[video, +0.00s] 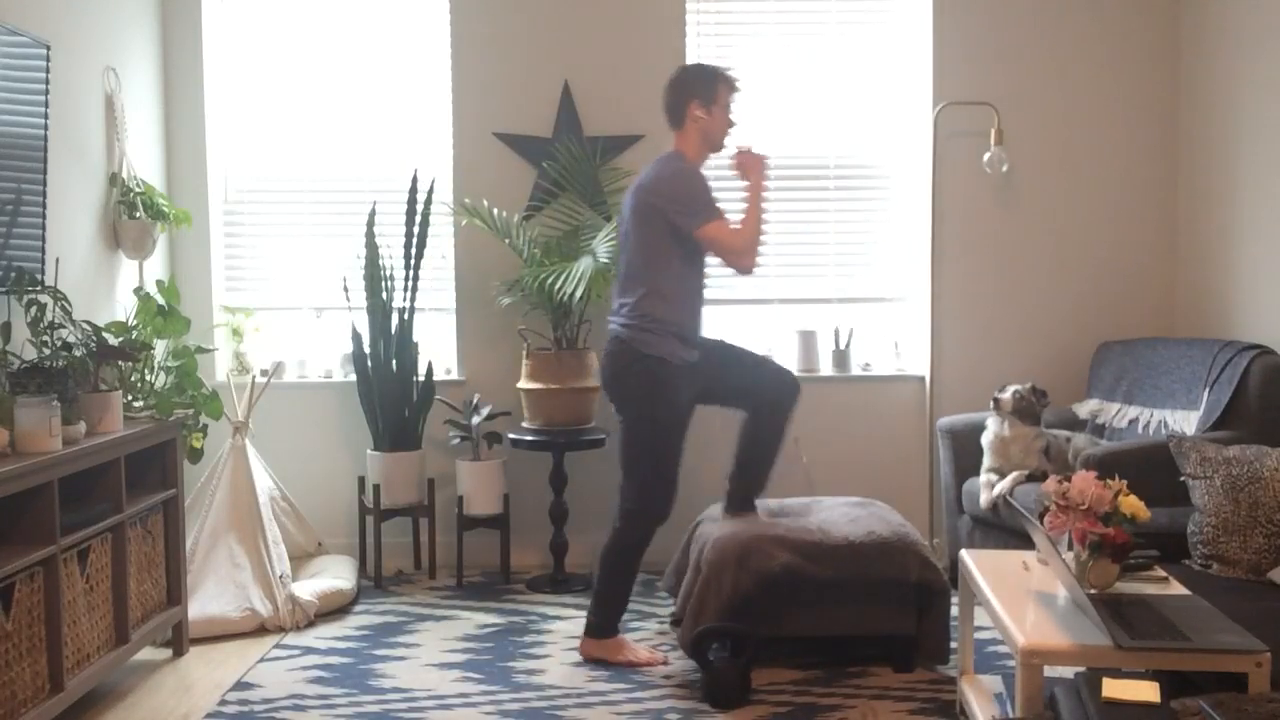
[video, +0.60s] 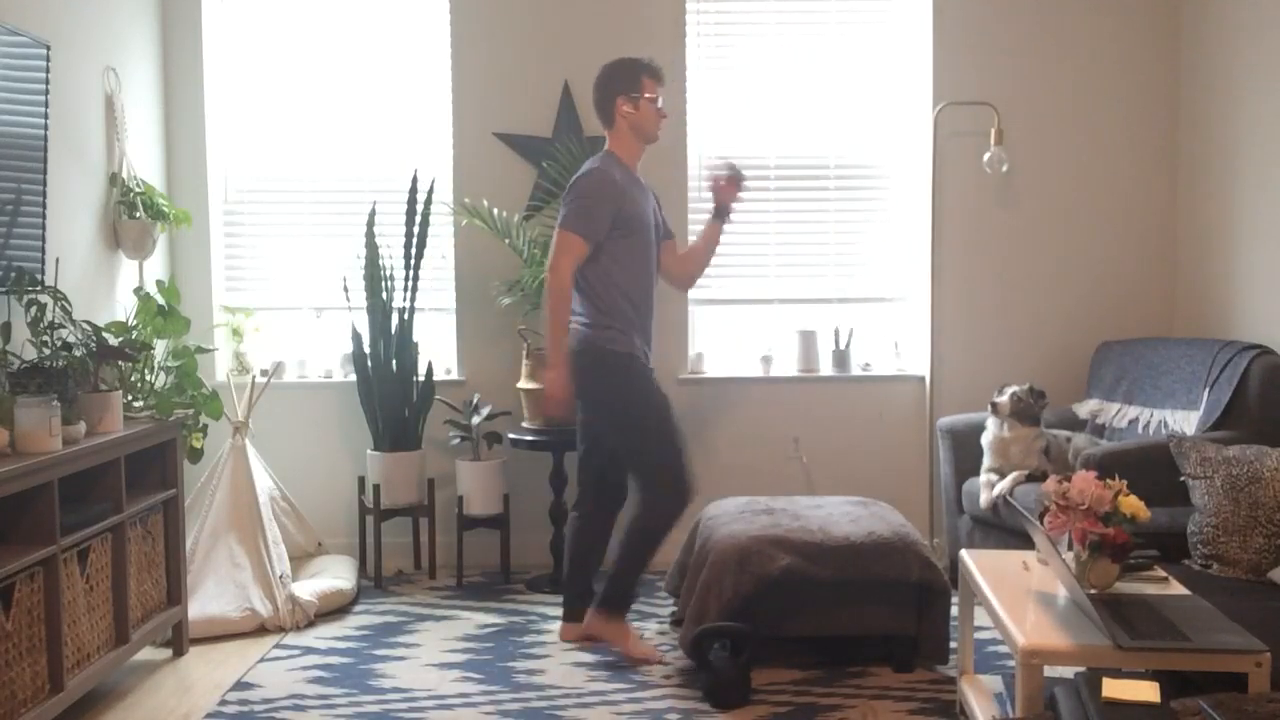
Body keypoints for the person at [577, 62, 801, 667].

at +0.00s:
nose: (731, 122)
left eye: (731, 111)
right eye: (726, 111)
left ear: (690, 114)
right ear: (696, 113)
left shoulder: (674, 178)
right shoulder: (671, 177)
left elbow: (738, 258)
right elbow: (742, 253)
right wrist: (756, 185)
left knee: (778, 387)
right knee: (646, 504)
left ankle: (739, 516)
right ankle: (600, 636)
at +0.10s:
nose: (713, 113)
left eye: (712, 102)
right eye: (707, 102)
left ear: (676, 108)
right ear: (677, 106)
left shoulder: (667, 171)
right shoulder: (652, 171)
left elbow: (700, 262)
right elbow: (701, 255)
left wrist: (726, 206)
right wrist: (730, 195)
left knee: (763, 366)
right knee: (628, 500)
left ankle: (704, 476)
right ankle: (597, 636)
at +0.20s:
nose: (695, 110)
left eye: (694, 99)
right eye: (688, 98)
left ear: (655, 104)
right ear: (659, 103)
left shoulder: (632, 169)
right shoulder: (638, 170)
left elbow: (646, 263)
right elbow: (657, 262)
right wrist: (718, 221)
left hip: (643, 345)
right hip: (621, 352)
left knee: (745, 388)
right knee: (621, 498)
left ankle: (647, 468)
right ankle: (596, 635)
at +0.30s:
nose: (682, 109)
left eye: (681, 98)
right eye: (675, 98)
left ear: (643, 103)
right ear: (644, 101)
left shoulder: (637, 171)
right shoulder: (620, 168)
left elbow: (630, 280)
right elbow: (612, 264)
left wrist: (679, 338)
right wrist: (694, 264)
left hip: (640, 353)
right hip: (611, 352)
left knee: (713, 433)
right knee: (615, 501)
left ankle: (629, 502)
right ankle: (596, 636)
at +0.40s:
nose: (670, 110)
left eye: (670, 100)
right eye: (662, 99)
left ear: (640, 103)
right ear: (629, 101)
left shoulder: (634, 175)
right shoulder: (608, 170)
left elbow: (637, 280)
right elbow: (589, 270)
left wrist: (705, 302)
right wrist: (662, 317)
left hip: (634, 353)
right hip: (610, 354)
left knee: (660, 481)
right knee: (613, 494)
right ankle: (596, 636)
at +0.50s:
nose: (663, 109)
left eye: (663, 99)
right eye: (654, 99)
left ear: (636, 106)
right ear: (622, 104)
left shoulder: (634, 181)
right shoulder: (602, 175)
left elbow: (656, 282)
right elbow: (573, 271)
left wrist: (723, 256)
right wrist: (609, 352)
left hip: (628, 352)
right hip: (612, 353)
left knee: (610, 498)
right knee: (626, 502)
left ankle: (580, 617)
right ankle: (597, 635)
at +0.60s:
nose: (664, 112)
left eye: (662, 102)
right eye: (655, 102)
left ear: (632, 109)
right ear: (624, 108)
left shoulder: (642, 193)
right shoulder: (599, 178)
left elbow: (682, 272)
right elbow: (559, 271)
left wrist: (719, 214)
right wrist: (556, 362)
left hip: (615, 358)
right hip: (607, 358)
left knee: (600, 493)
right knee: (669, 487)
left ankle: (576, 620)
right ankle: (609, 616)